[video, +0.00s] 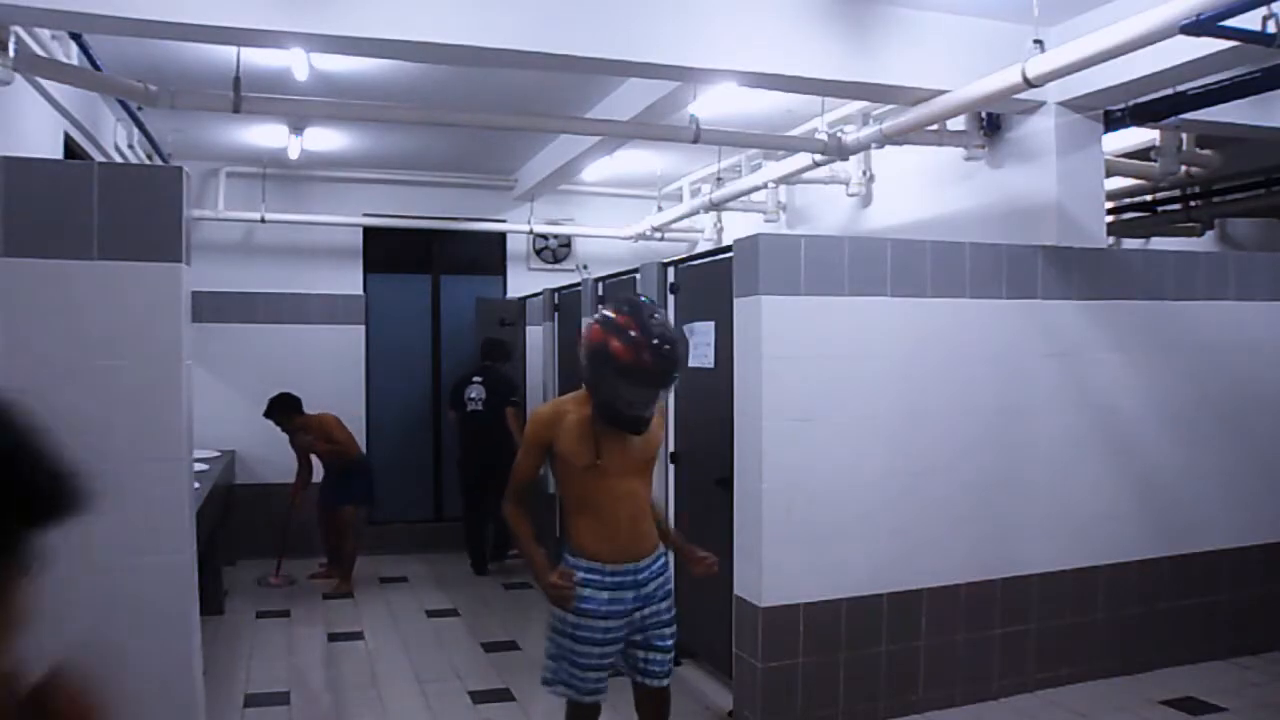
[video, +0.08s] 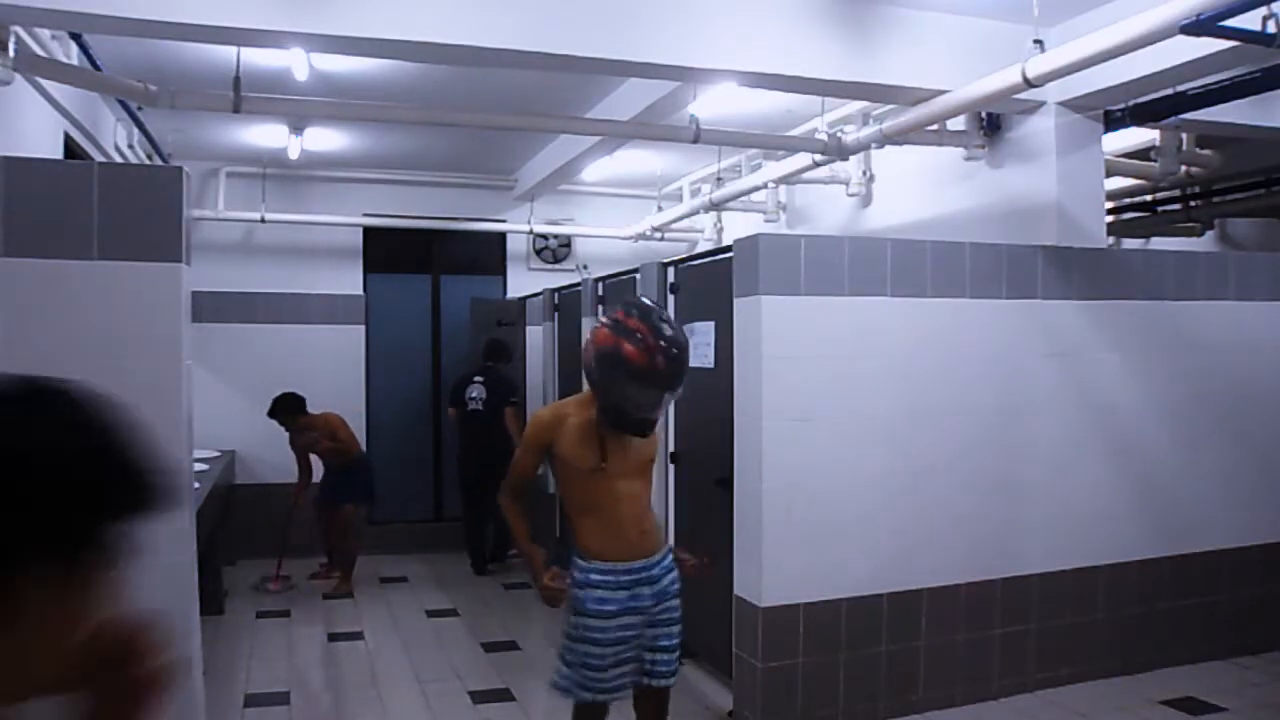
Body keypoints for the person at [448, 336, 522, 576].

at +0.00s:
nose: (505, 362)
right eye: (505, 358)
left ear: (481, 356)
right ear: (504, 358)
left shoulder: (464, 381)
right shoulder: (507, 382)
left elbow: (453, 413)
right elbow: (511, 414)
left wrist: (463, 434)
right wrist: (521, 444)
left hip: (470, 451)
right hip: (498, 451)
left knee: (473, 504)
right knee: (500, 500)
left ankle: (478, 561)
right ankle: (498, 550)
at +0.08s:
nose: (505, 363)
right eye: (506, 359)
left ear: (484, 356)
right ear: (506, 359)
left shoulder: (464, 380)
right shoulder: (507, 382)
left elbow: (452, 412)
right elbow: (510, 415)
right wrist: (518, 445)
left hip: (469, 450)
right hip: (497, 450)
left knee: (473, 503)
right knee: (499, 500)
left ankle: (477, 559)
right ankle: (498, 550)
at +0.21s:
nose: (508, 365)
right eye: (508, 361)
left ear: (487, 357)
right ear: (509, 360)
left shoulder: (468, 380)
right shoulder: (509, 382)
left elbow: (453, 409)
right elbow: (510, 417)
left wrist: (471, 410)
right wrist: (518, 447)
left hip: (472, 450)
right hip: (498, 450)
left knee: (474, 503)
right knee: (500, 499)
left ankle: (478, 560)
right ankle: (502, 548)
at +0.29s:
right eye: (514, 363)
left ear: (491, 359)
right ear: (512, 362)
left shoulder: (472, 380)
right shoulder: (511, 383)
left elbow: (457, 409)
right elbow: (511, 418)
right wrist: (517, 450)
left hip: (473, 450)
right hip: (499, 450)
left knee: (474, 503)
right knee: (500, 502)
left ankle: (478, 560)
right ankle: (502, 549)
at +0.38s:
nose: (525, 369)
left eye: (526, 366)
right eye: (524, 365)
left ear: (500, 360)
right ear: (517, 363)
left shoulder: (482, 378)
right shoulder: (514, 383)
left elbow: (463, 407)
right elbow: (514, 416)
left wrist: (454, 412)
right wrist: (518, 451)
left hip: (476, 448)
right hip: (501, 449)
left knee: (476, 501)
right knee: (502, 501)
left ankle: (478, 557)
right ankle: (503, 551)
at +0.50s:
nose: (531, 369)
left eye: (532, 364)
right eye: (530, 364)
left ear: (508, 360)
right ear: (523, 363)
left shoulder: (490, 379)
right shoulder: (522, 385)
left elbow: (478, 410)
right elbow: (519, 416)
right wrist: (520, 450)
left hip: (487, 446)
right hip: (508, 448)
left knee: (488, 497)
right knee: (508, 500)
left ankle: (483, 545)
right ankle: (504, 549)